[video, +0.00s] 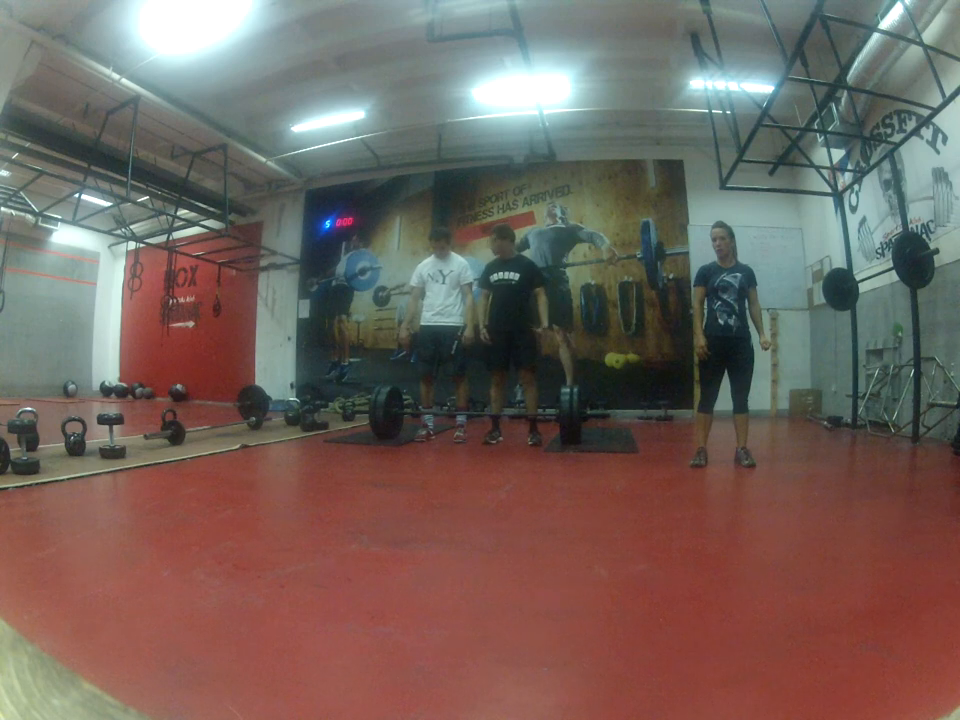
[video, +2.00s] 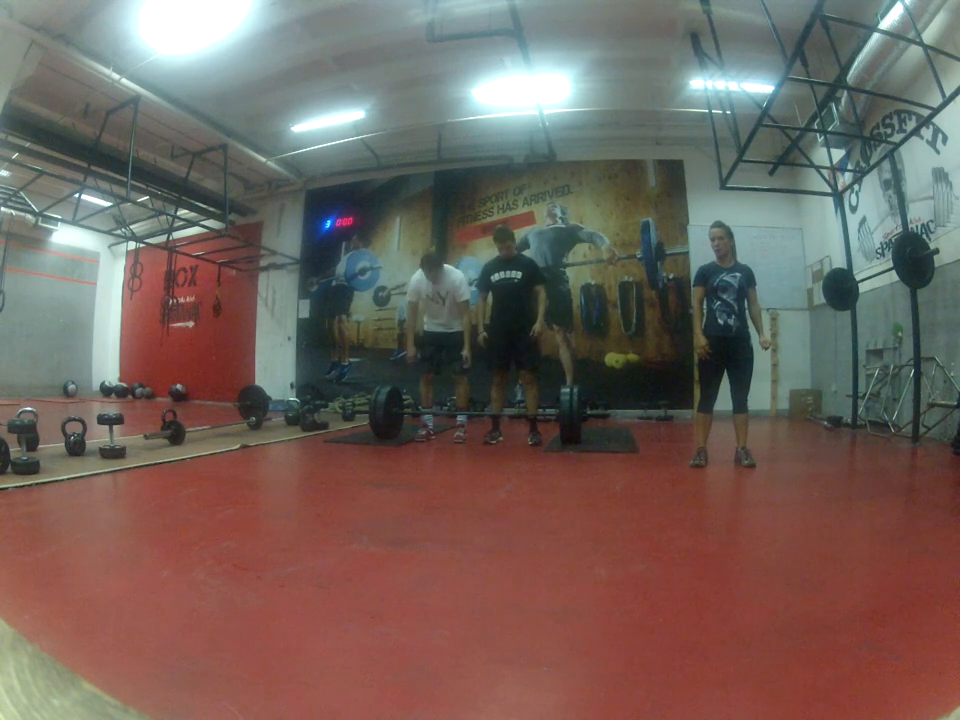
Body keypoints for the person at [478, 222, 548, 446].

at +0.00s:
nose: (491, 246)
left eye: (494, 242)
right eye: (491, 242)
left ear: (507, 241)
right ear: (497, 242)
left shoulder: (528, 265)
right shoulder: (491, 267)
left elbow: (541, 294)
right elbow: (483, 298)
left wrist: (544, 324)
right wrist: (482, 325)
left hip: (524, 329)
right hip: (497, 330)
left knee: (527, 377)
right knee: (497, 378)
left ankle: (533, 428)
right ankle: (495, 428)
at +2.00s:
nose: (505, 250)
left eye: (508, 246)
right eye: (501, 247)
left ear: (514, 243)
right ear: (495, 246)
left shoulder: (528, 264)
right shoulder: (489, 267)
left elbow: (541, 292)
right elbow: (482, 299)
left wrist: (540, 321)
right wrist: (481, 327)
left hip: (525, 329)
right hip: (499, 329)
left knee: (528, 378)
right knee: (499, 378)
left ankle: (533, 428)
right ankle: (495, 428)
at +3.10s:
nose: (506, 276)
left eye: (509, 273)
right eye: (502, 273)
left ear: (516, 267)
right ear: (496, 269)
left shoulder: (530, 281)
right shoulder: (491, 282)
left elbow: (542, 314)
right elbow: (481, 316)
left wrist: (542, 347)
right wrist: (482, 350)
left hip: (527, 338)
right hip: (501, 338)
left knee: (530, 379)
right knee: (500, 380)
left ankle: (534, 429)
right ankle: (495, 428)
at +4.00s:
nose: (506, 300)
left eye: (508, 296)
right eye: (502, 296)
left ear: (515, 291)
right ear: (496, 292)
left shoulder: (530, 299)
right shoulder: (489, 300)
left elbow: (540, 330)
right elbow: (480, 332)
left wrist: (541, 367)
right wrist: (480, 369)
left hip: (526, 341)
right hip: (501, 341)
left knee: (530, 378)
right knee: (498, 378)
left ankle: (534, 429)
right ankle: (495, 428)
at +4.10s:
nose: (507, 319)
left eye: (510, 315)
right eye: (504, 316)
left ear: (516, 309)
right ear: (497, 310)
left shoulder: (529, 311)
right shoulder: (489, 312)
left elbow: (541, 345)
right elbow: (479, 346)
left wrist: (543, 381)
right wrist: (479, 384)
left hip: (525, 338)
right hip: (501, 338)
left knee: (530, 376)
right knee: (498, 376)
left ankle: (534, 429)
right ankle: (495, 428)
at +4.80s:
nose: (509, 295)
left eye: (512, 290)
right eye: (505, 290)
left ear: (518, 288)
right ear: (499, 289)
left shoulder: (529, 306)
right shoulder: (489, 306)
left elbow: (540, 339)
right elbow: (481, 339)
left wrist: (546, 373)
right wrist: (477, 374)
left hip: (526, 345)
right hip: (500, 346)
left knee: (531, 380)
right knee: (496, 380)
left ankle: (534, 430)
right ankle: (495, 429)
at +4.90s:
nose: (509, 265)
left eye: (513, 261)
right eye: (506, 261)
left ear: (518, 262)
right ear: (499, 263)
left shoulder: (529, 287)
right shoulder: (490, 287)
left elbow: (538, 320)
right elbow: (482, 319)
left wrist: (544, 351)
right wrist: (477, 351)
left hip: (526, 342)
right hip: (499, 342)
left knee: (530, 382)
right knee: (497, 383)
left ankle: (534, 430)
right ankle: (495, 428)